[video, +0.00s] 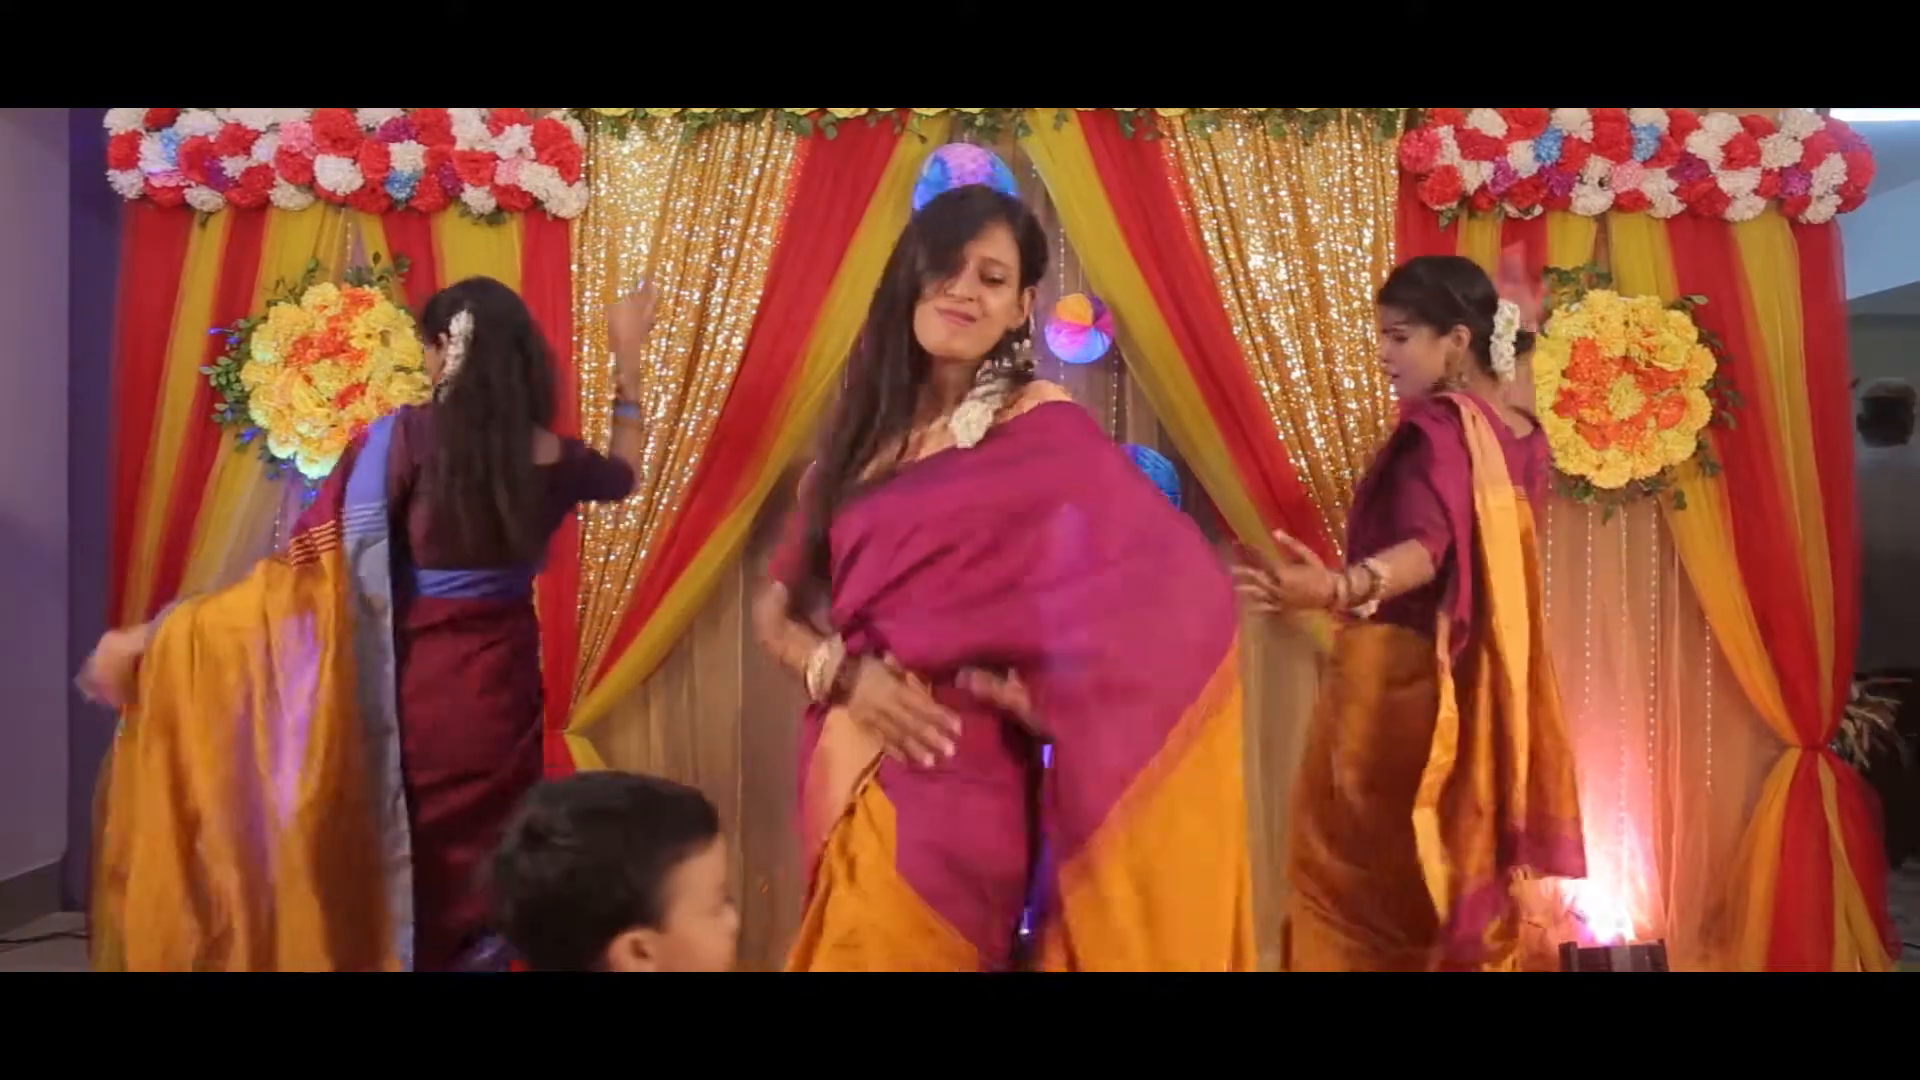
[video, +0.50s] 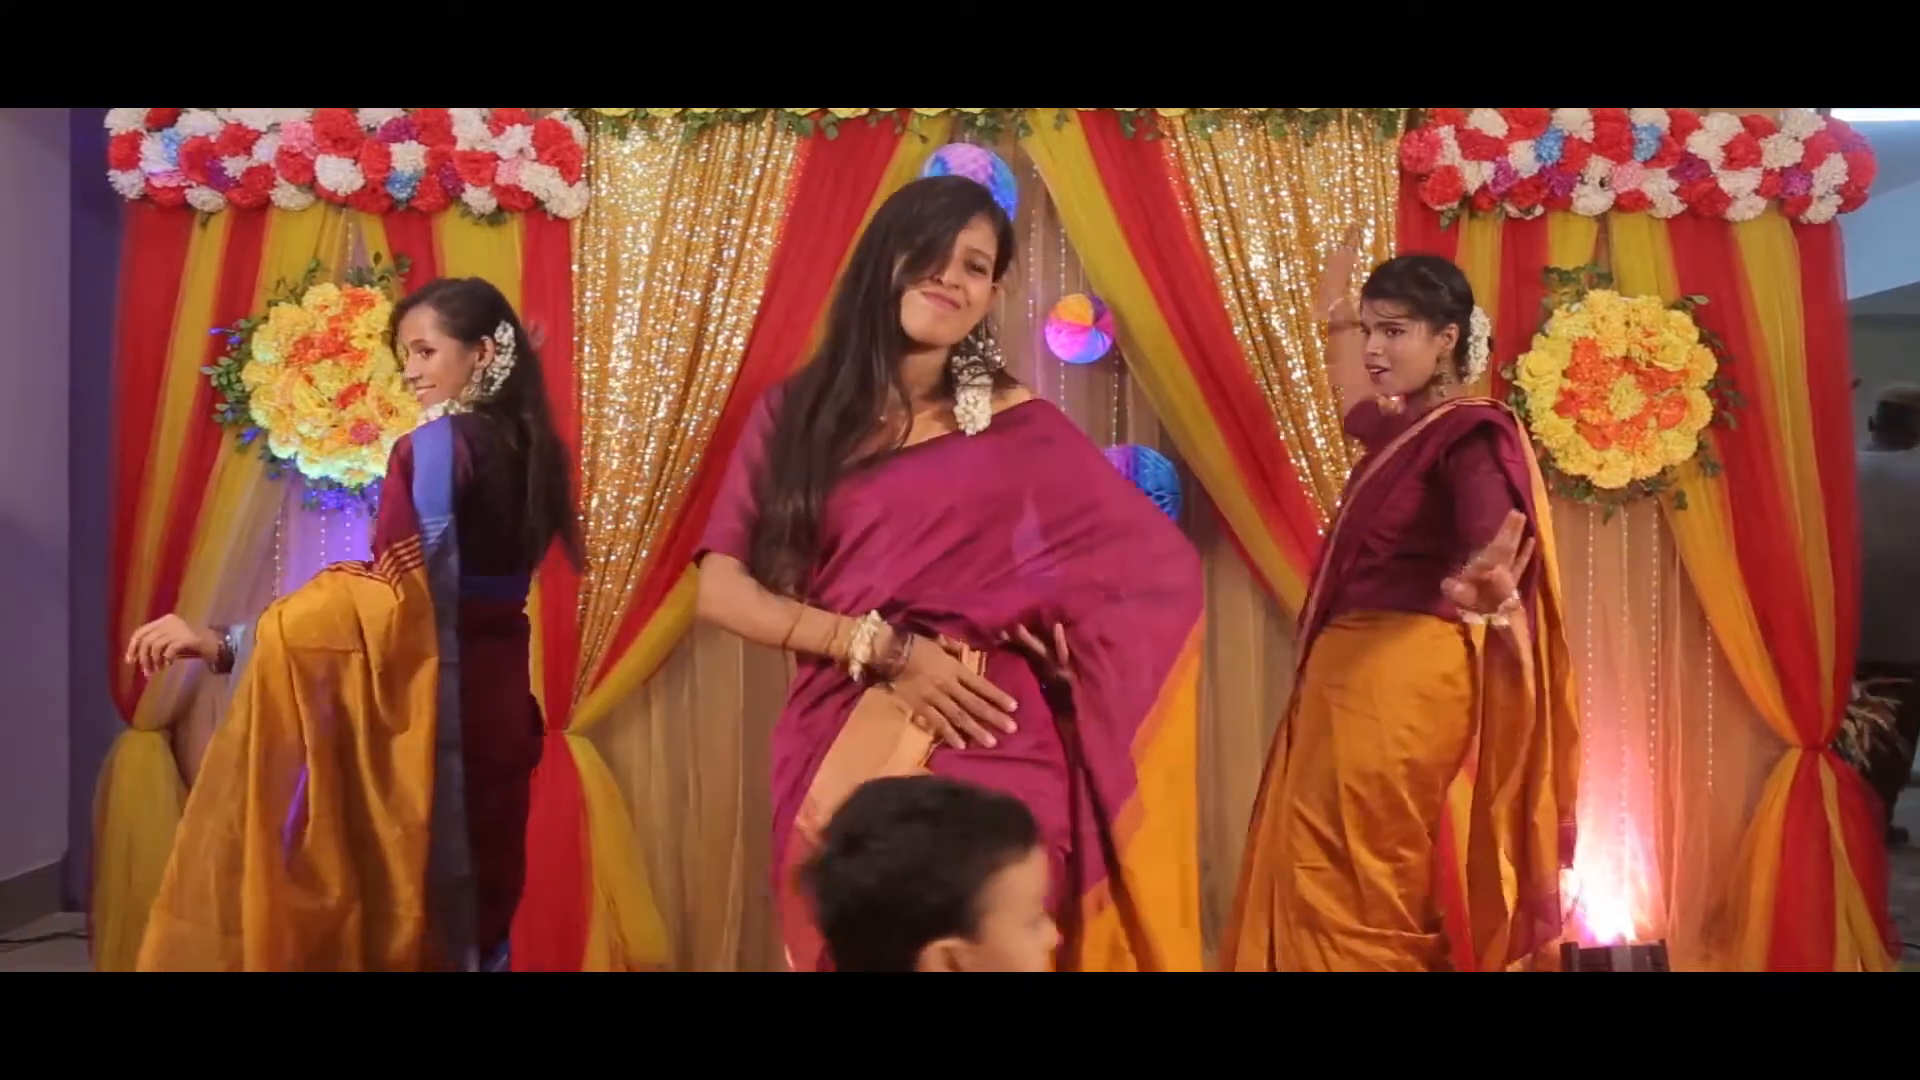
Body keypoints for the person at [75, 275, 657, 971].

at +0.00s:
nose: (430, 358)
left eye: (435, 341)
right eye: (434, 339)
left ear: (454, 350)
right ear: (524, 353)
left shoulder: (398, 439)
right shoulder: (549, 456)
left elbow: (304, 563)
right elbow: (623, 473)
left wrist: (150, 639)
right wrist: (629, 359)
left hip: (414, 667)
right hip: (504, 667)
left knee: (409, 846)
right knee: (497, 839)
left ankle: (413, 959)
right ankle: (487, 958)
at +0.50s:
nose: (410, 371)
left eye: (425, 350)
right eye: (406, 355)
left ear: (489, 351)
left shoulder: (434, 445)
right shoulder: (531, 446)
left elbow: (400, 605)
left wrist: (225, 644)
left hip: (440, 707)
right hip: (503, 702)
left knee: (421, 905)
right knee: (484, 910)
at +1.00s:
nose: (448, 358)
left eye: (468, 341)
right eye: (434, 342)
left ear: (509, 355)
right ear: (421, 355)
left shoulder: (504, 439)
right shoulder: (454, 439)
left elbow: (508, 585)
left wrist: (422, 676)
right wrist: (401, 449)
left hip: (458, 714)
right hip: (424, 713)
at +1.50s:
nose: (472, 360)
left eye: (495, 347)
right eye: (456, 342)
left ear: (522, 369)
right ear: (430, 361)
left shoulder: (547, 448)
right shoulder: (430, 475)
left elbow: (653, 558)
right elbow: (397, 603)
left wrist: (513, 608)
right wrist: (417, 603)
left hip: (534, 729)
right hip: (444, 732)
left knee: (518, 920)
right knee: (438, 916)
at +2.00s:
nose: (465, 362)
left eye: (485, 346)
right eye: (445, 347)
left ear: (510, 365)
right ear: (417, 367)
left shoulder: (552, 465)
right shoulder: (401, 493)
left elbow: (678, 579)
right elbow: (356, 625)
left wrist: (557, 639)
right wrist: (443, 617)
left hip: (529, 753)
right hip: (424, 762)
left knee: (542, 939)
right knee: (434, 940)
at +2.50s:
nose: (468, 366)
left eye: (486, 352)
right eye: (447, 351)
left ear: (504, 373)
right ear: (414, 377)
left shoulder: (548, 467)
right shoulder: (400, 497)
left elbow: (650, 564)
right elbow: (356, 639)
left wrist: (539, 639)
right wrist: (454, 623)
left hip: (524, 748)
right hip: (422, 759)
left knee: (533, 936)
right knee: (427, 934)